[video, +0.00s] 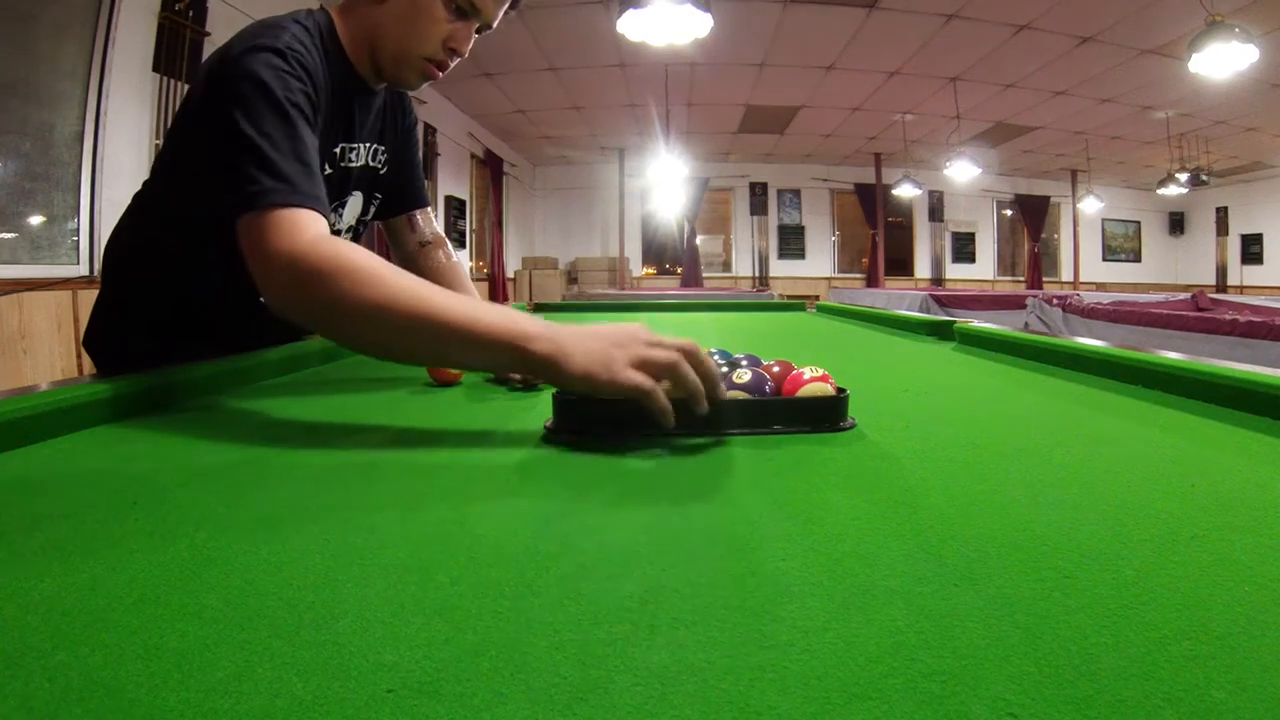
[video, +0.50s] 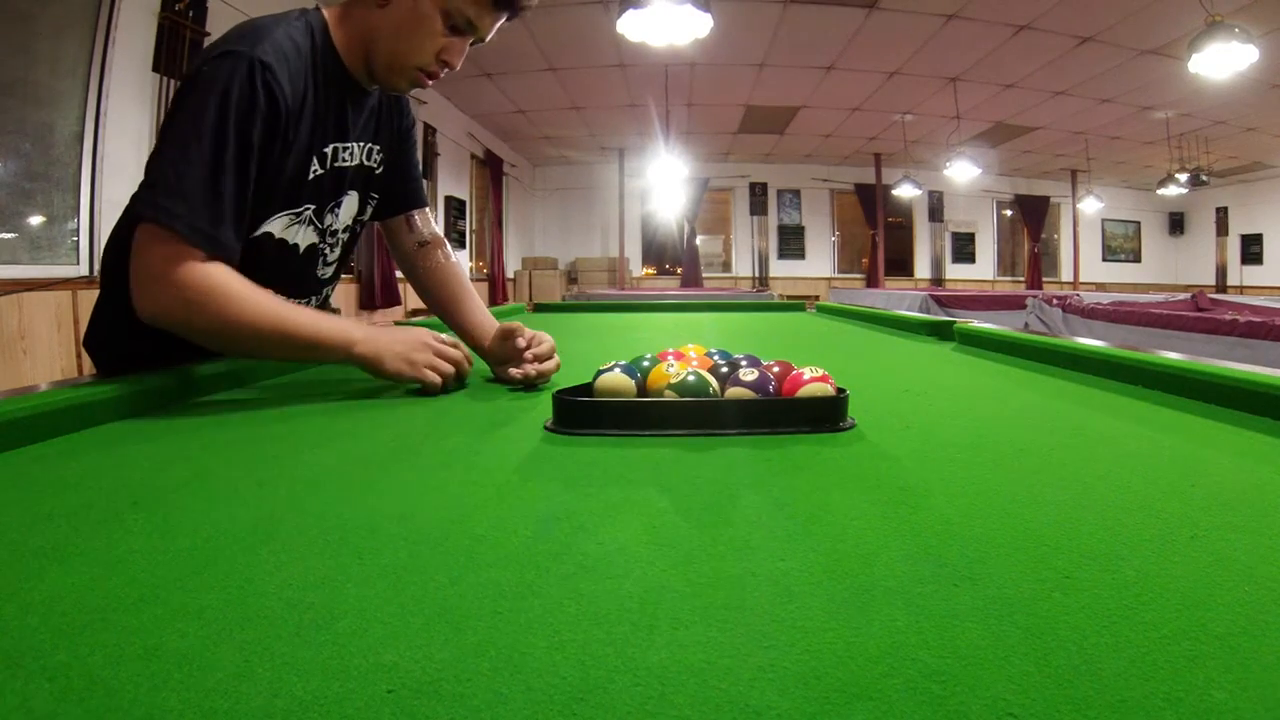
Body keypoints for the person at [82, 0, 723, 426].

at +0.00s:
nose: (464, 46)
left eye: (478, 32)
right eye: (462, 16)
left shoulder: (391, 101)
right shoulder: (272, 63)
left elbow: (419, 243)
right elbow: (292, 265)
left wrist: (497, 343)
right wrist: (554, 348)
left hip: (275, 355)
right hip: (160, 359)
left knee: (259, 555)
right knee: (149, 565)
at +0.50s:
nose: (455, 62)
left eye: (472, 44)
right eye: (455, 27)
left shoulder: (384, 101)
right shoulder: (254, 66)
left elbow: (417, 238)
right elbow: (164, 282)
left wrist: (490, 338)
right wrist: (364, 338)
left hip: (272, 368)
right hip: (161, 370)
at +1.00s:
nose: (456, 44)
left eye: (471, 29)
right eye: (452, 10)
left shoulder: (385, 99)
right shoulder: (252, 62)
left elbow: (420, 237)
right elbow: (201, 282)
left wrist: (482, 332)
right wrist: (420, 331)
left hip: (276, 358)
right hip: (160, 362)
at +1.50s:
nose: (462, 43)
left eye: (475, 29)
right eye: (458, 11)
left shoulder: (388, 98)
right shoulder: (262, 63)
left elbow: (423, 241)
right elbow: (248, 281)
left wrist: (491, 336)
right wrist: (465, 368)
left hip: (269, 351)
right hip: (159, 359)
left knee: (250, 550)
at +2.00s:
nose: (463, 37)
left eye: (475, 22)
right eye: (457, 6)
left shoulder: (390, 101)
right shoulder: (262, 62)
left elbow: (424, 241)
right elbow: (256, 282)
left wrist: (490, 333)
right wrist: (472, 374)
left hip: (269, 357)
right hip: (159, 363)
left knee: (247, 556)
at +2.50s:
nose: (456, 25)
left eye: (467, 10)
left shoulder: (382, 96)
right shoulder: (255, 63)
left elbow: (416, 237)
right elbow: (261, 283)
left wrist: (483, 335)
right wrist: (466, 383)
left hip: (261, 351)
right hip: (151, 358)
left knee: (239, 547)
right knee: (140, 557)